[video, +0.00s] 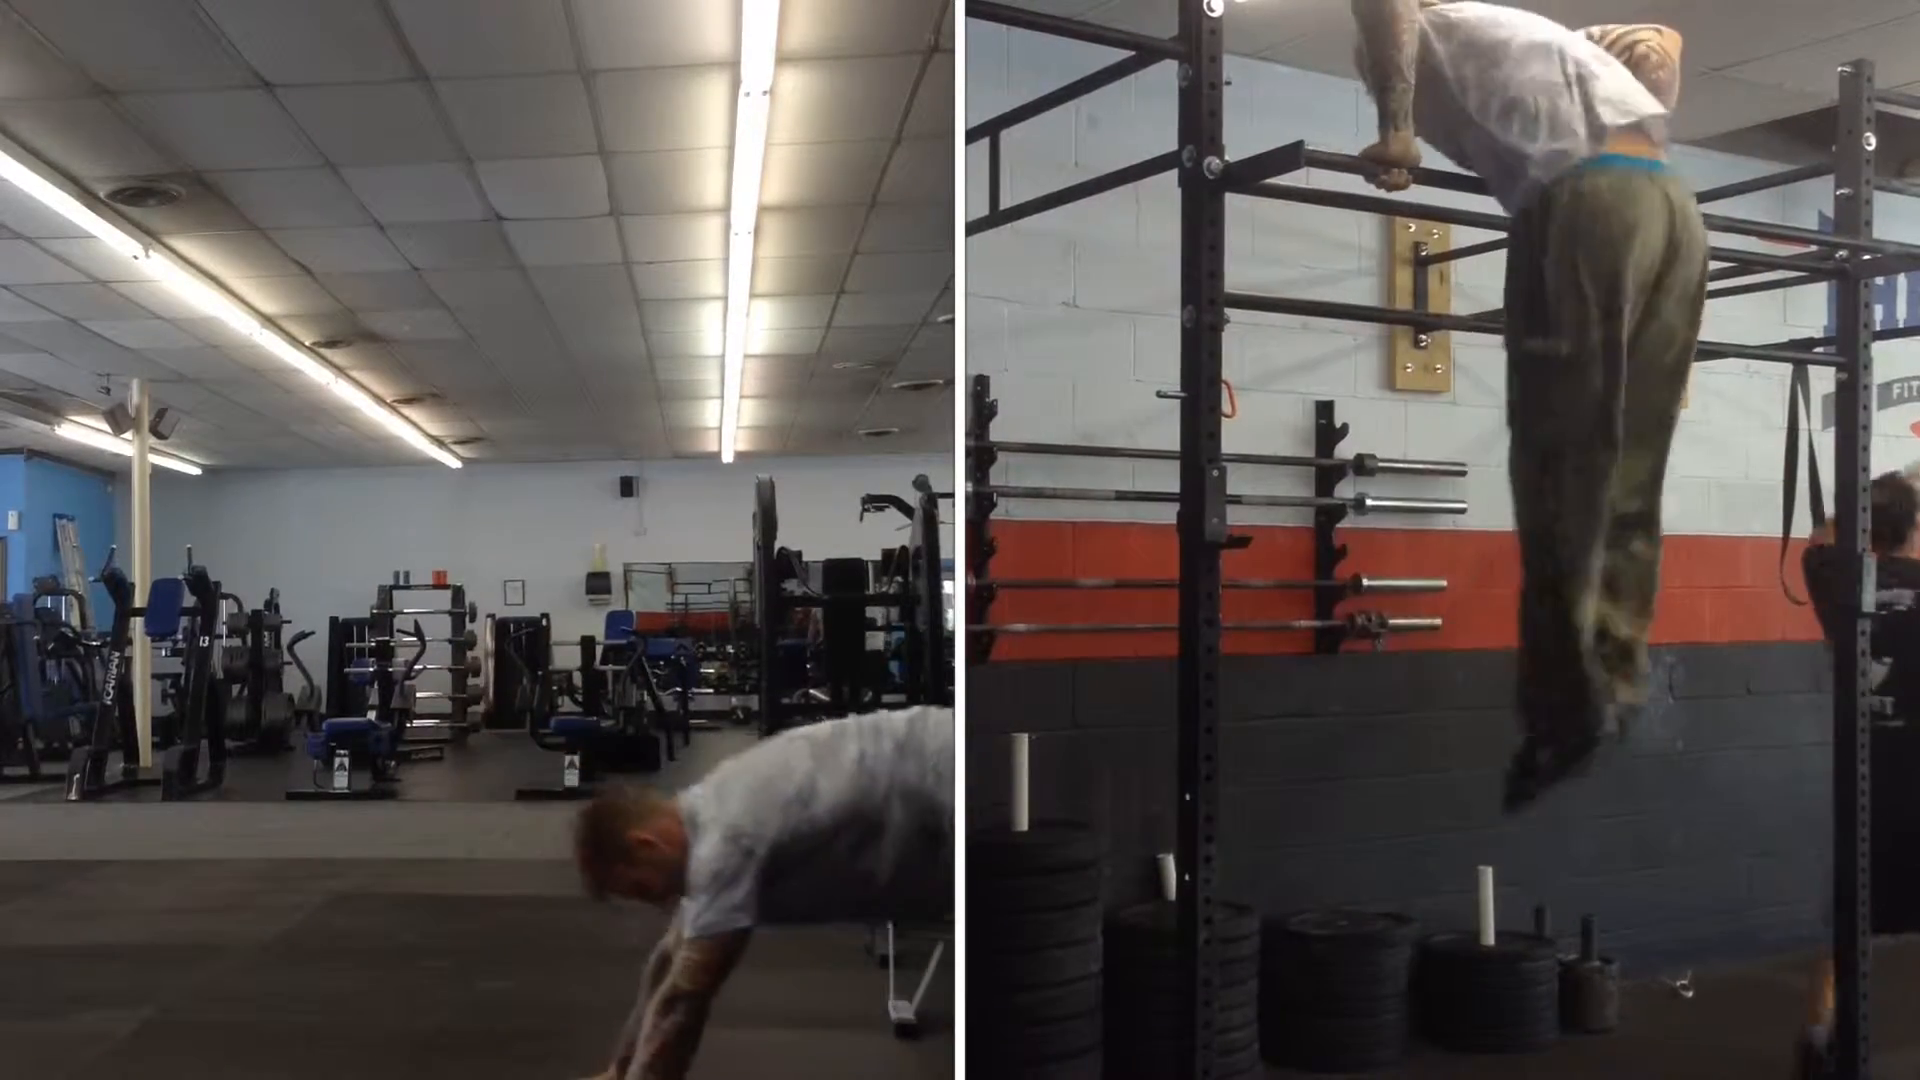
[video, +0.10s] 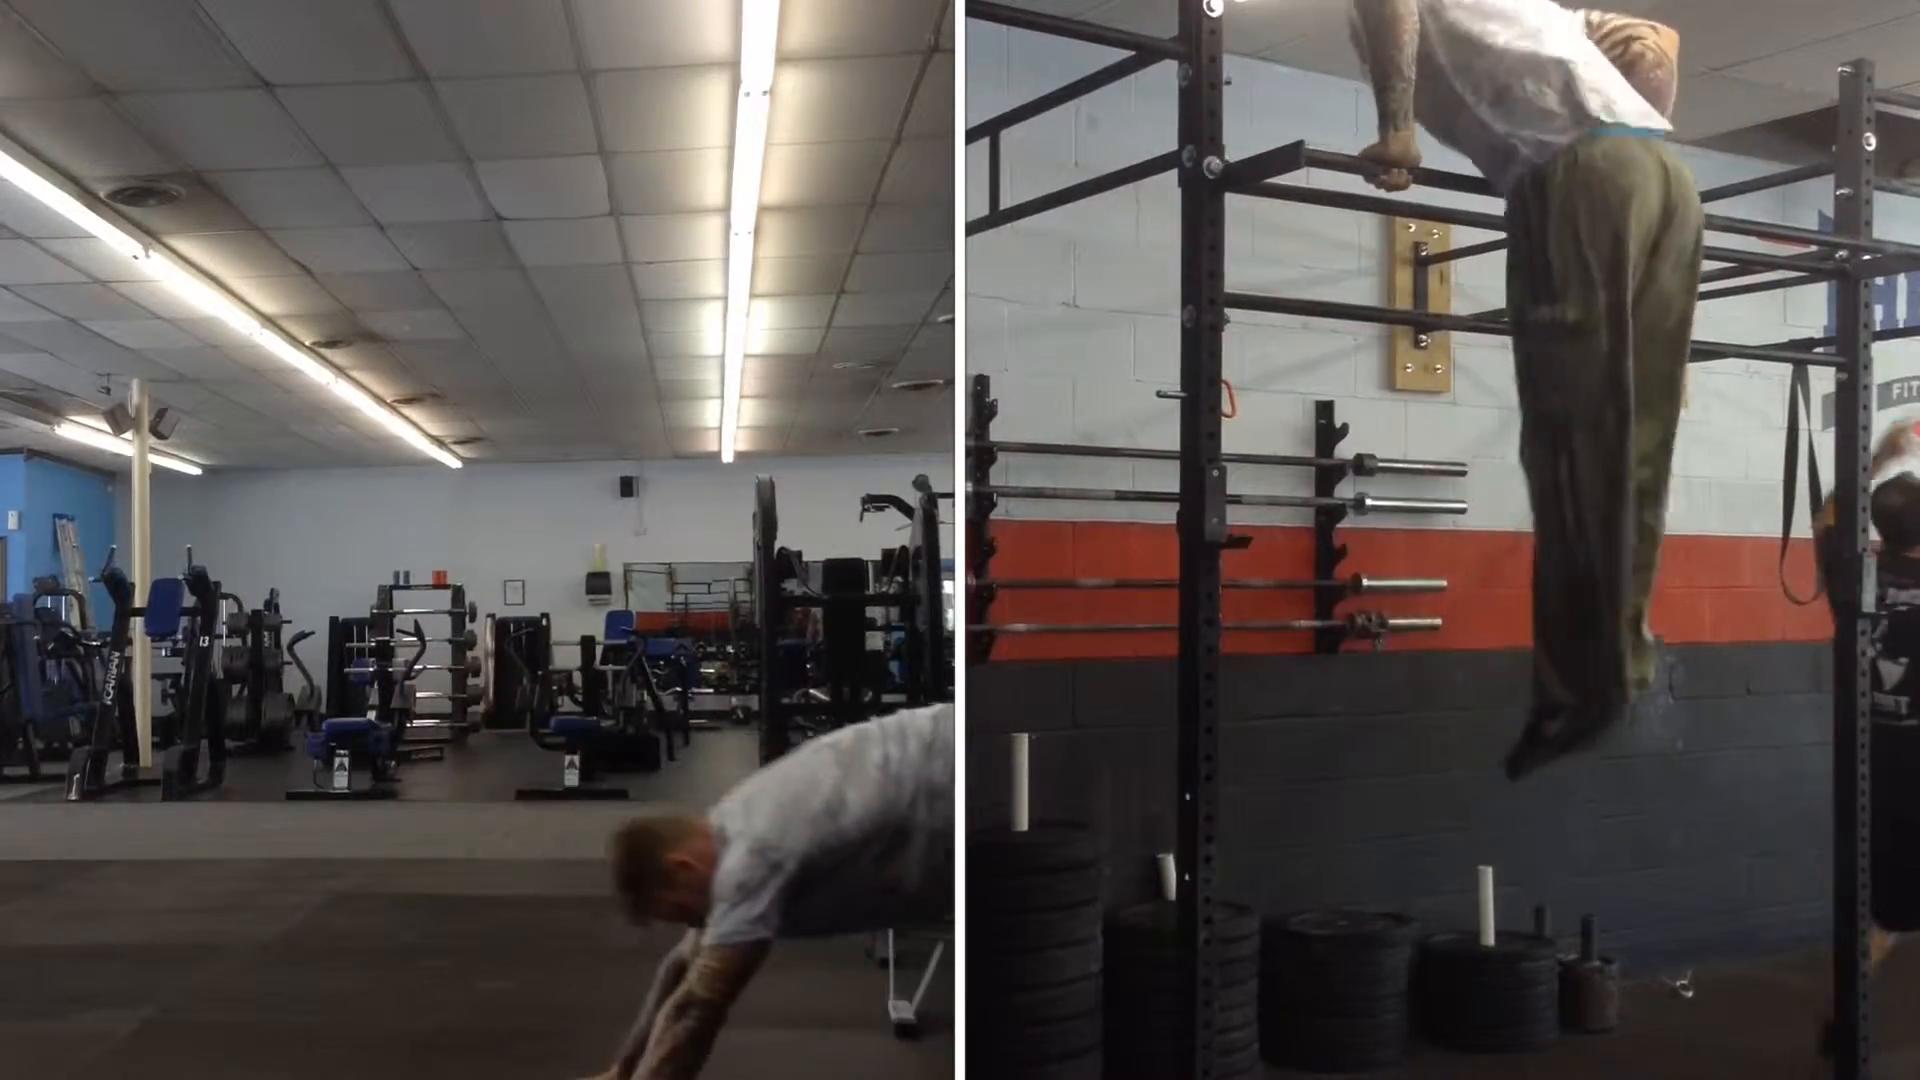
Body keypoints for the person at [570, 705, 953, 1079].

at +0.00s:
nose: (645, 899)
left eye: (633, 887)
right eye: (630, 894)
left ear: (646, 845)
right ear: (648, 834)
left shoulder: (727, 834)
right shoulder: (707, 815)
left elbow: (686, 1001)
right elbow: (669, 963)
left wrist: (635, 1076)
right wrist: (620, 1066)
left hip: (971, 775)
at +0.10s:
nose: (686, 922)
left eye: (677, 912)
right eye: (675, 918)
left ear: (684, 866)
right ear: (687, 854)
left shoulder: (754, 851)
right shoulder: (736, 831)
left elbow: (699, 1012)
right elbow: (683, 968)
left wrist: (642, 1078)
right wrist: (622, 1070)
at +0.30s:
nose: (745, 968)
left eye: (737, 958)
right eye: (736, 964)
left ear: (744, 906)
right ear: (743, 894)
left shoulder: (802, 875)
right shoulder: (780, 860)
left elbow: (721, 1023)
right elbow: (703, 984)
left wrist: (652, 1078)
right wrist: (625, 1068)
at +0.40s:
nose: (759, 983)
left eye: (751, 973)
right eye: (743, 981)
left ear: (753, 922)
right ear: (751, 914)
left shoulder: (809, 890)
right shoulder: (781, 874)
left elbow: (732, 1033)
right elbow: (712, 993)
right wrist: (628, 1070)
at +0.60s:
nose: (747, 1010)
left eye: (734, 1000)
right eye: (730, 1012)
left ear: (728, 955)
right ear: (728, 941)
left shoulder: (791, 917)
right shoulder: (766, 900)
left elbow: (750, 1066)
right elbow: (714, 1025)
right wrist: (629, 1073)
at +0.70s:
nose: (717, 1020)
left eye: (702, 1014)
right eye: (702, 1021)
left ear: (699, 969)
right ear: (697, 960)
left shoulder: (762, 929)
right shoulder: (745, 911)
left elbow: (756, 1068)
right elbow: (719, 1035)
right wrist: (632, 1072)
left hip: (975, 775)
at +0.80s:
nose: (672, 1035)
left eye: (657, 1027)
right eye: (656, 1034)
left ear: (659, 980)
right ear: (658, 972)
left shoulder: (727, 947)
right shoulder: (711, 922)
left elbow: (754, 1067)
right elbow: (725, 1043)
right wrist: (641, 1072)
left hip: (956, 795)